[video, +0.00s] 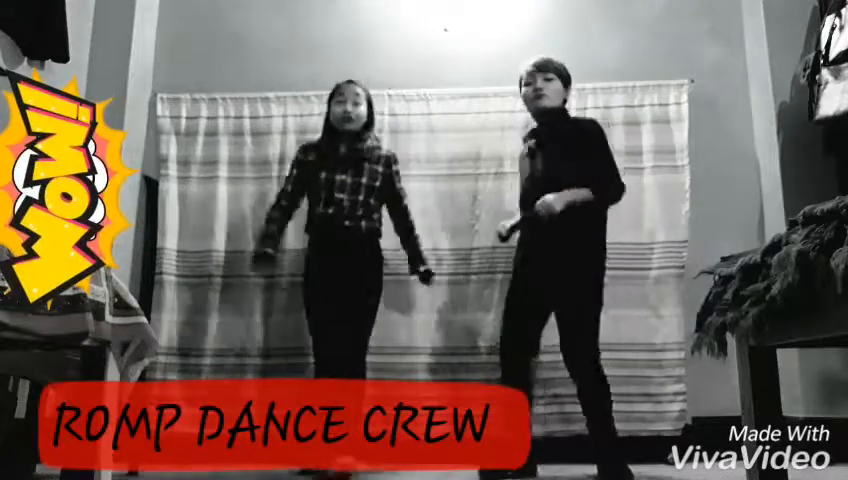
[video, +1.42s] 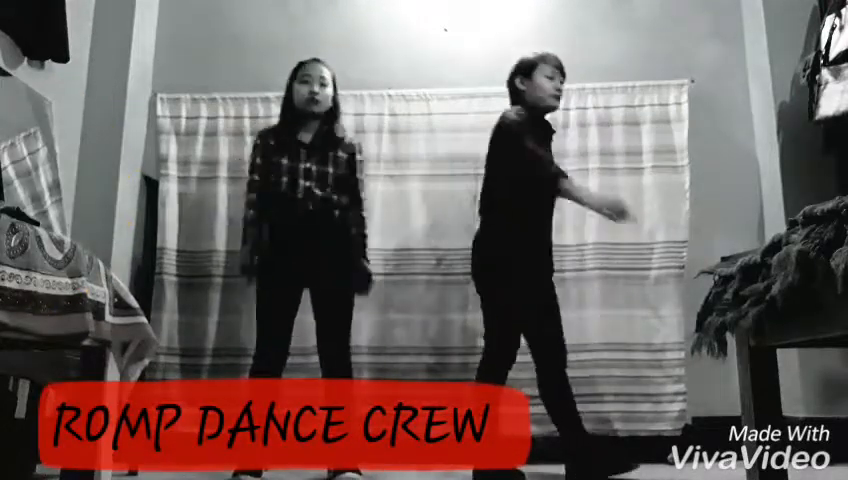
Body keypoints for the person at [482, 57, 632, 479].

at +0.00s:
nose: (535, 86)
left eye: (545, 79)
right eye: (529, 82)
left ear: (566, 90)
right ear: (523, 97)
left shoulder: (586, 130)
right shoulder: (532, 145)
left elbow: (613, 187)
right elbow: (544, 201)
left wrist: (568, 197)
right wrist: (519, 222)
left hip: (578, 263)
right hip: (534, 262)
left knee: (581, 358)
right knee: (515, 352)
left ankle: (610, 461)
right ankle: (517, 457)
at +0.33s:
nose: (526, 92)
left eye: (535, 86)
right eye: (517, 88)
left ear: (551, 98)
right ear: (507, 103)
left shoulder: (575, 143)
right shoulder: (500, 158)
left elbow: (585, 200)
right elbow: (497, 212)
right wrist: (501, 255)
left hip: (570, 265)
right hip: (519, 268)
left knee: (592, 364)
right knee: (512, 367)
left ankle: (610, 459)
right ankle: (504, 461)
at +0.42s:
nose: (522, 80)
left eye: (531, 73)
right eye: (513, 76)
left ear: (546, 88)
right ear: (502, 92)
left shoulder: (564, 139)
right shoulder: (493, 134)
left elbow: (594, 189)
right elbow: (504, 193)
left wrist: (627, 241)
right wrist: (545, 229)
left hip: (561, 263)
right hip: (511, 264)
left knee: (581, 361)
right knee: (510, 363)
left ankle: (599, 461)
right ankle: (502, 462)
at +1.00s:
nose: (544, 84)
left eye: (554, 79)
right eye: (534, 79)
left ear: (567, 93)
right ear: (521, 95)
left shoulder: (587, 136)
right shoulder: (510, 156)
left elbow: (599, 201)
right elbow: (500, 221)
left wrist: (584, 256)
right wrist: (497, 278)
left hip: (587, 260)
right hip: (535, 264)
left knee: (601, 360)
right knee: (515, 361)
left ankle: (600, 459)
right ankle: (486, 456)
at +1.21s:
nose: (520, 83)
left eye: (529, 78)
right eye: (511, 76)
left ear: (539, 91)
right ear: (494, 88)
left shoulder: (545, 149)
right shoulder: (478, 143)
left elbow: (573, 201)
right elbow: (440, 196)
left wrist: (614, 246)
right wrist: (432, 257)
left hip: (534, 274)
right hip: (489, 274)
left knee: (571, 352)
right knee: (501, 358)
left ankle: (587, 453)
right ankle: (476, 452)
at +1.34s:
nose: (545, 85)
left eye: (548, 81)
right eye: (536, 77)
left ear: (544, 90)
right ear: (508, 82)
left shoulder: (529, 131)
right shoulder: (501, 126)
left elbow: (528, 198)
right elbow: (497, 170)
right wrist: (509, 189)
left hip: (523, 263)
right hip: (500, 263)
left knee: (548, 357)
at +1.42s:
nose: (558, 87)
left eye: (560, 81)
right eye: (549, 78)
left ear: (553, 91)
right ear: (521, 83)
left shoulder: (536, 130)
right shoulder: (515, 127)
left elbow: (542, 188)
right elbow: (546, 177)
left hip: (526, 260)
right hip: (506, 260)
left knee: (552, 357)